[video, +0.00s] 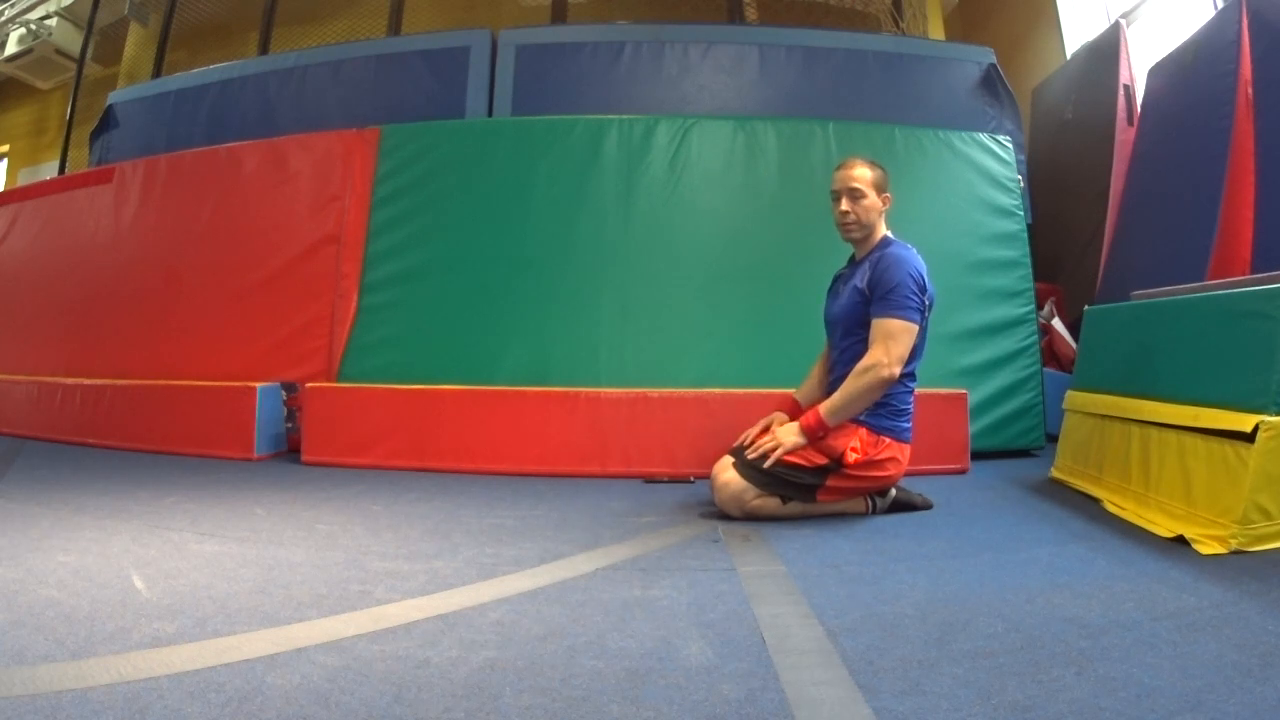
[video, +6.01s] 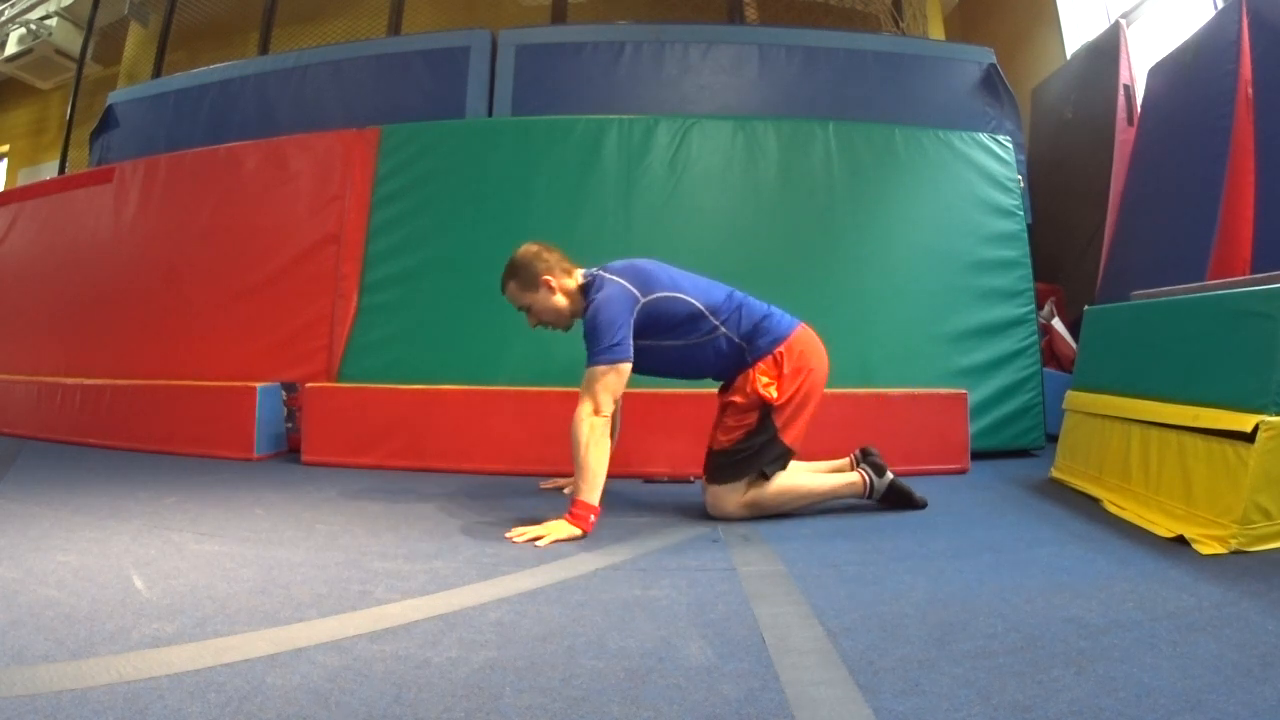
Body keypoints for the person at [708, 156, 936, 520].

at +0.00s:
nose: (843, 207)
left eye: (856, 196)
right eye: (836, 198)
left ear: (884, 202)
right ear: (830, 204)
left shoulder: (898, 263)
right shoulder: (848, 275)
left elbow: (884, 366)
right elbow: (833, 359)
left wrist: (805, 428)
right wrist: (787, 414)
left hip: (872, 443)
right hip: (842, 432)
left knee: (734, 494)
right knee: (724, 475)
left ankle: (869, 502)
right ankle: (859, 489)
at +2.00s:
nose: (835, 210)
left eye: (848, 197)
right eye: (829, 201)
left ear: (877, 202)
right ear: (823, 207)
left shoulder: (895, 263)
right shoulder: (847, 276)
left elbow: (882, 366)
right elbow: (831, 362)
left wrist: (805, 429)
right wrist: (787, 414)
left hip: (872, 444)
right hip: (844, 433)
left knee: (734, 493)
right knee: (724, 475)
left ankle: (869, 502)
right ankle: (859, 489)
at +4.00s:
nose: (832, 213)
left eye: (843, 199)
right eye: (825, 203)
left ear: (874, 201)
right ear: (821, 209)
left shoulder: (895, 263)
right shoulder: (849, 276)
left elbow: (884, 365)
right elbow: (835, 360)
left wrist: (810, 428)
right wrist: (790, 416)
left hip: (872, 443)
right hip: (846, 434)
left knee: (734, 494)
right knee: (726, 474)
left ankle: (869, 502)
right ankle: (862, 492)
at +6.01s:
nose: (530, 322)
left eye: (526, 309)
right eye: (523, 313)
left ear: (554, 286)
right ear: (557, 283)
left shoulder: (610, 299)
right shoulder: (606, 289)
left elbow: (594, 410)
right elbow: (605, 401)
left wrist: (582, 516)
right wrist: (588, 473)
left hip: (779, 357)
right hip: (775, 352)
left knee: (726, 500)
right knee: (737, 482)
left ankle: (862, 483)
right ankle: (855, 469)